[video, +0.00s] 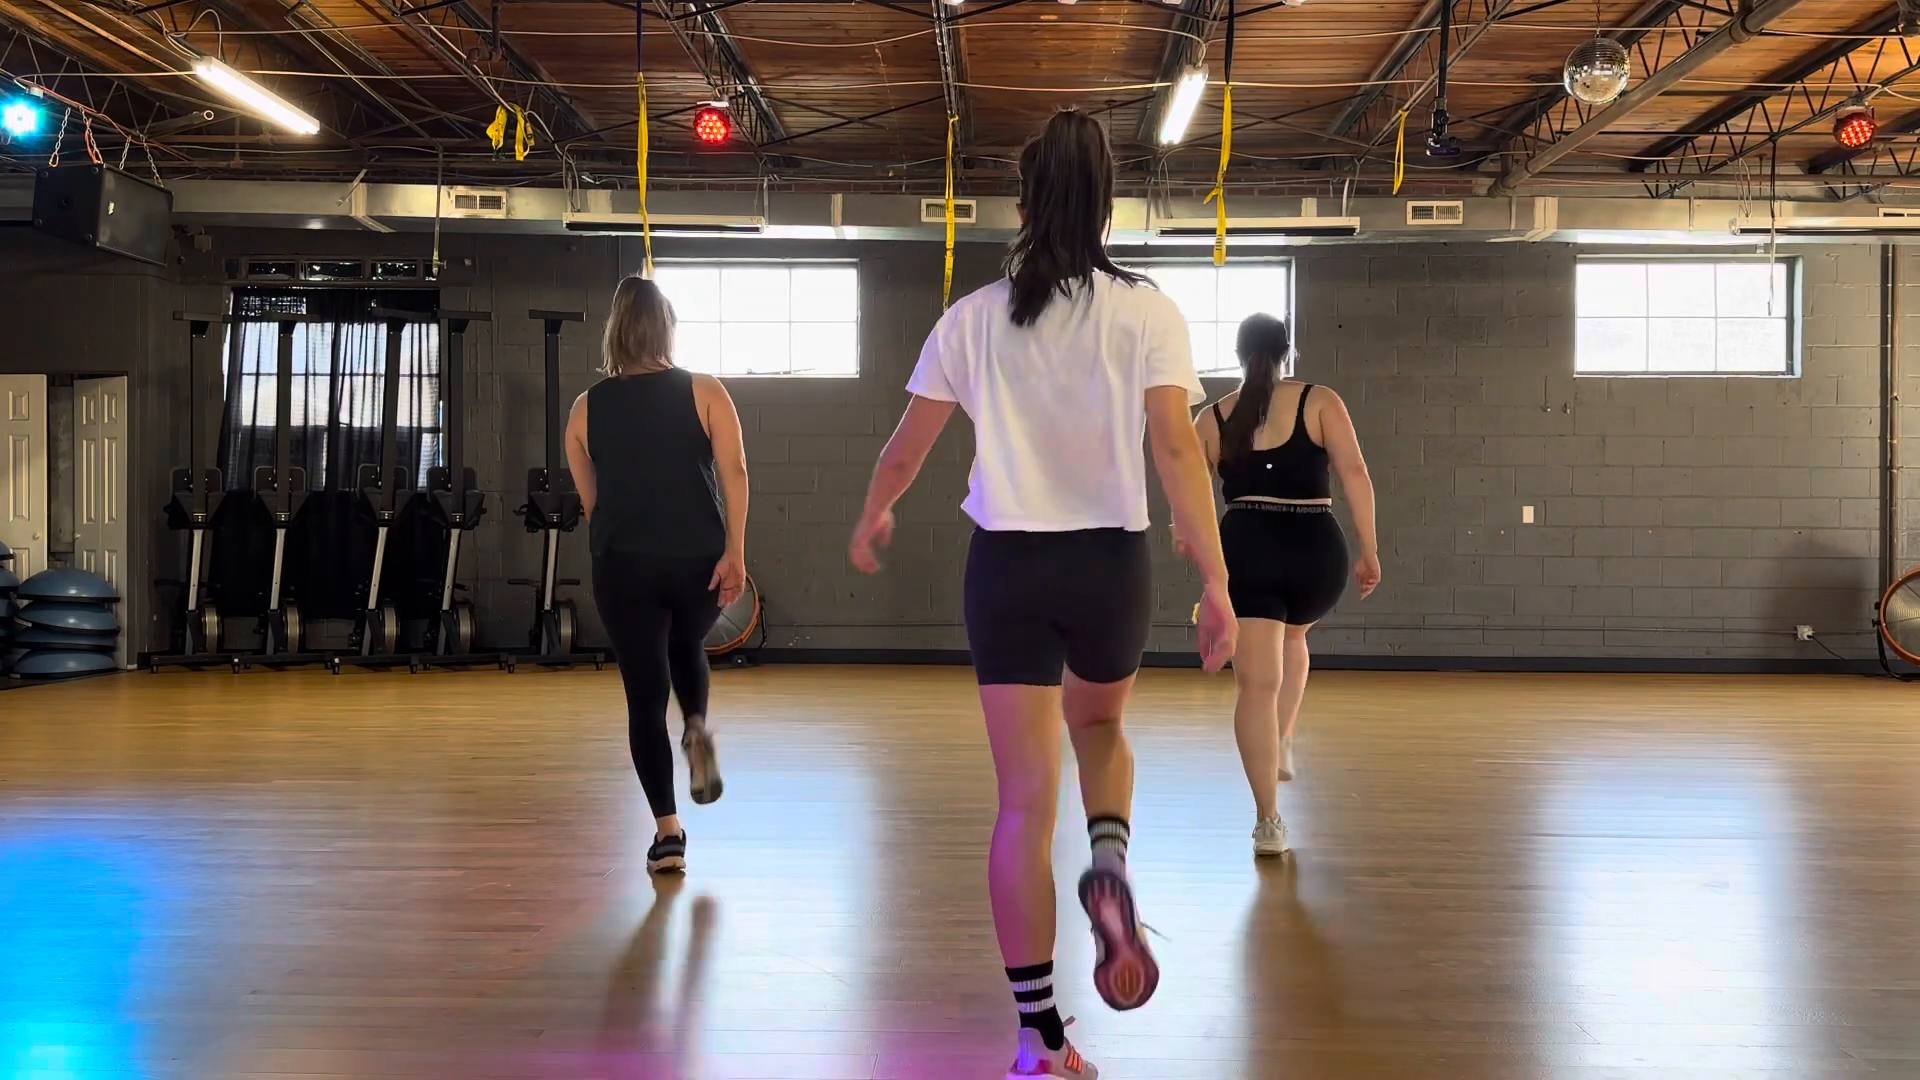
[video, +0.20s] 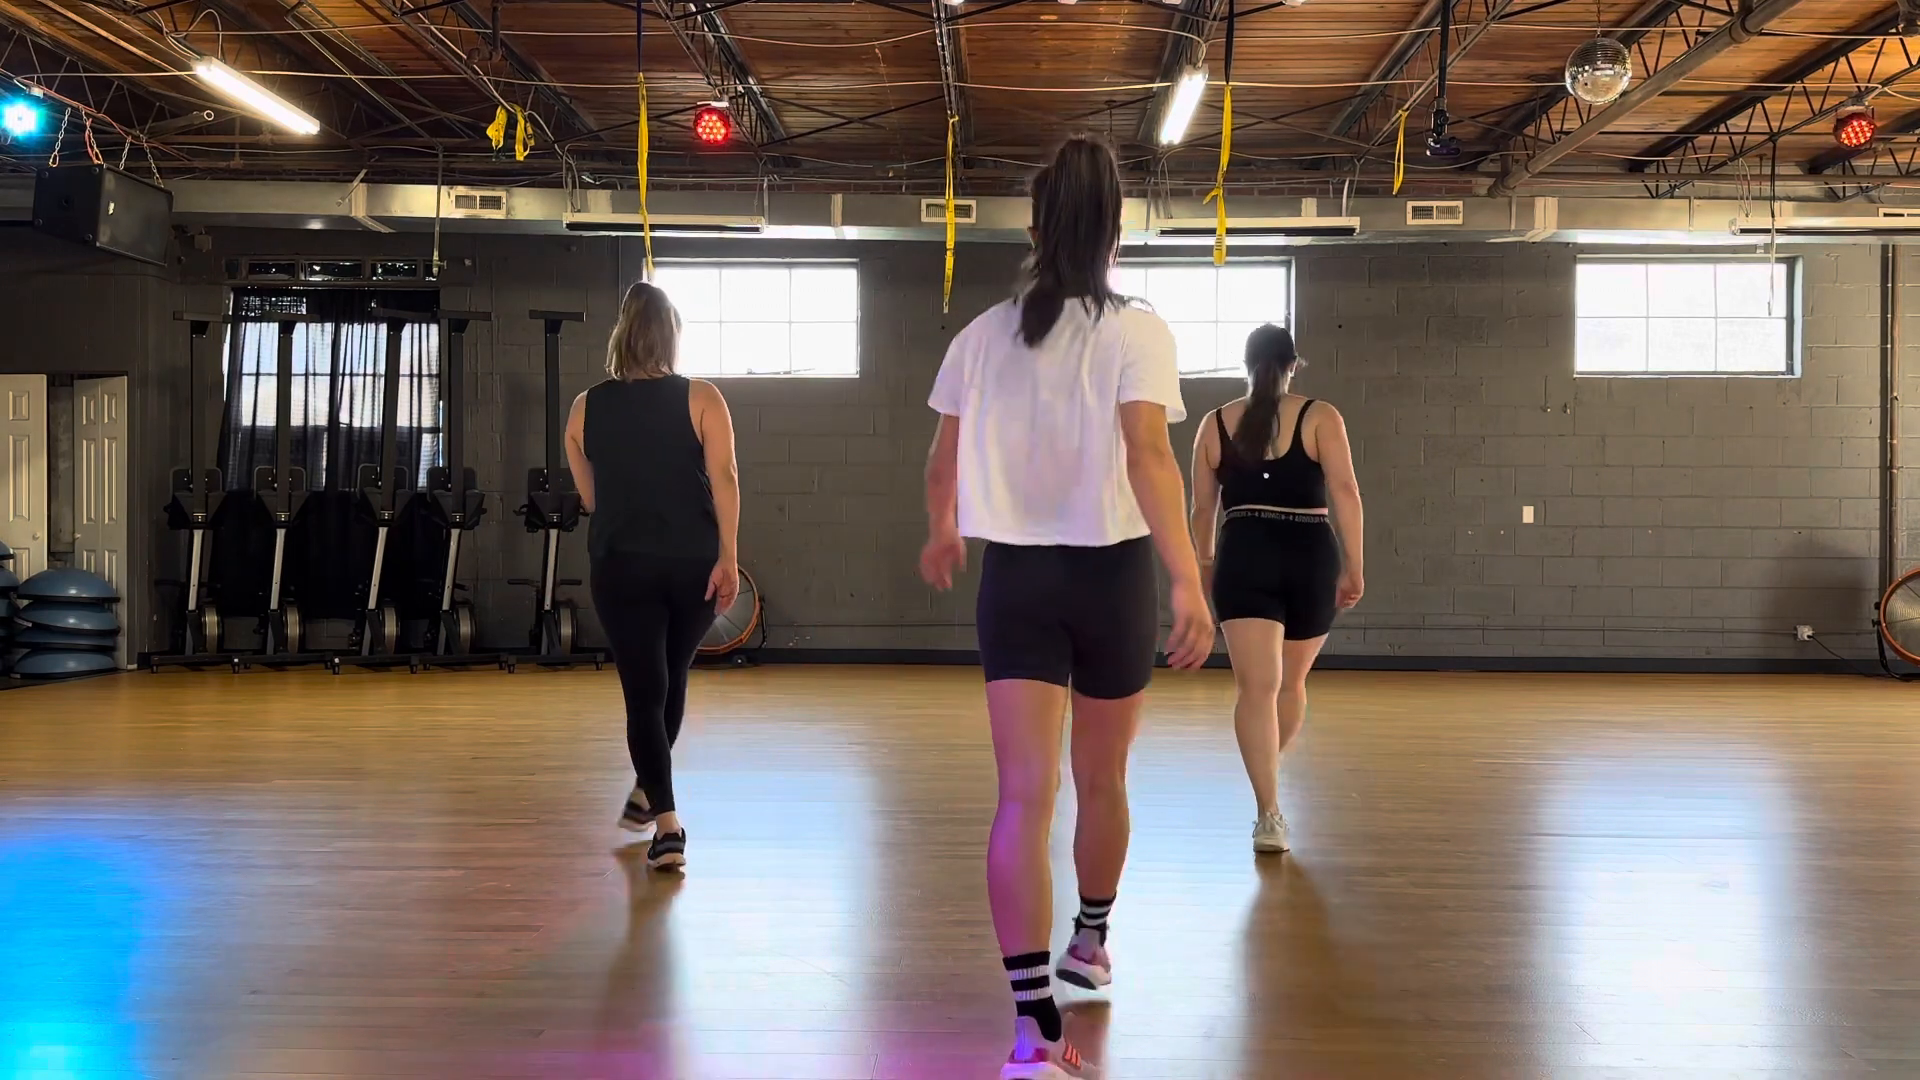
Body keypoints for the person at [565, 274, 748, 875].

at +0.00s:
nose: (670, 333)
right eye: (670, 325)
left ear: (612, 333)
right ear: (669, 330)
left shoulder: (584, 410)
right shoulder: (705, 392)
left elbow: (590, 502)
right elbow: (734, 472)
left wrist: (620, 540)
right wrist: (735, 550)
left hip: (623, 564)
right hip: (695, 557)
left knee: (645, 696)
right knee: (688, 644)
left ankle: (667, 825)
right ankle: (697, 726)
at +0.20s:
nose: (674, 337)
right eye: (673, 328)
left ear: (619, 336)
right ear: (673, 334)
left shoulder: (584, 409)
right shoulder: (702, 397)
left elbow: (590, 498)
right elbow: (723, 477)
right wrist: (728, 554)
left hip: (620, 567)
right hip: (692, 563)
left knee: (642, 695)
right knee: (672, 680)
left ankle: (669, 822)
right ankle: (643, 792)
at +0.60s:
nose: (687, 354)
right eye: (689, 345)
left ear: (635, 345)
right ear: (685, 350)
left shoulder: (593, 405)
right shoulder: (702, 415)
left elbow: (577, 491)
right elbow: (707, 497)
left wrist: (573, 558)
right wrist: (707, 575)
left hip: (605, 570)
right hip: (672, 572)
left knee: (608, 684)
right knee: (654, 687)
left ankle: (632, 761)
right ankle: (623, 804)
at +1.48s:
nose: (706, 364)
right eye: (708, 355)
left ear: (666, 362)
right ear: (711, 362)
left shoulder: (639, 419)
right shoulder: (730, 417)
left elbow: (625, 491)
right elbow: (743, 490)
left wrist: (598, 548)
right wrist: (770, 560)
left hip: (653, 559)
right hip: (712, 559)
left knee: (681, 665)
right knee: (705, 671)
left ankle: (698, 771)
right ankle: (656, 755)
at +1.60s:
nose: (716, 366)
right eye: (715, 358)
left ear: (672, 364)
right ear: (715, 364)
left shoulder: (648, 421)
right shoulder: (733, 416)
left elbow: (622, 489)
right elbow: (757, 484)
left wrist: (562, 496)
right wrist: (826, 512)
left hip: (660, 561)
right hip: (720, 561)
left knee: (685, 665)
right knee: (736, 659)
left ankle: (700, 773)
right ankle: (677, 692)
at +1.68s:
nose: (721, 368)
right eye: (720, 360)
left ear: (676, 366)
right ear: (719, 365)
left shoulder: (653, 421)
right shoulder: (737, 417)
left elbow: (611, 480)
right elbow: (771, 476)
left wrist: (566, 438)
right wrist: (832, 453)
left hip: (664, 558)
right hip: (725, 557)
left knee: (687, 662)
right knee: (744, 642)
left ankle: (700, 773)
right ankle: (704, 673)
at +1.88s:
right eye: (725, 358)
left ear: (687, 367)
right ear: (730, 367)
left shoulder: (662, 418)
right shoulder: (751, 419)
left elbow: (602, 449)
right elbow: (809, 450)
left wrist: (630, 394)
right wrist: (791, 409)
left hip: (679, 557)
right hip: (739, 555)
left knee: (692, 665)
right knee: (750, 643)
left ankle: (701, 769)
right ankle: (758, 732)